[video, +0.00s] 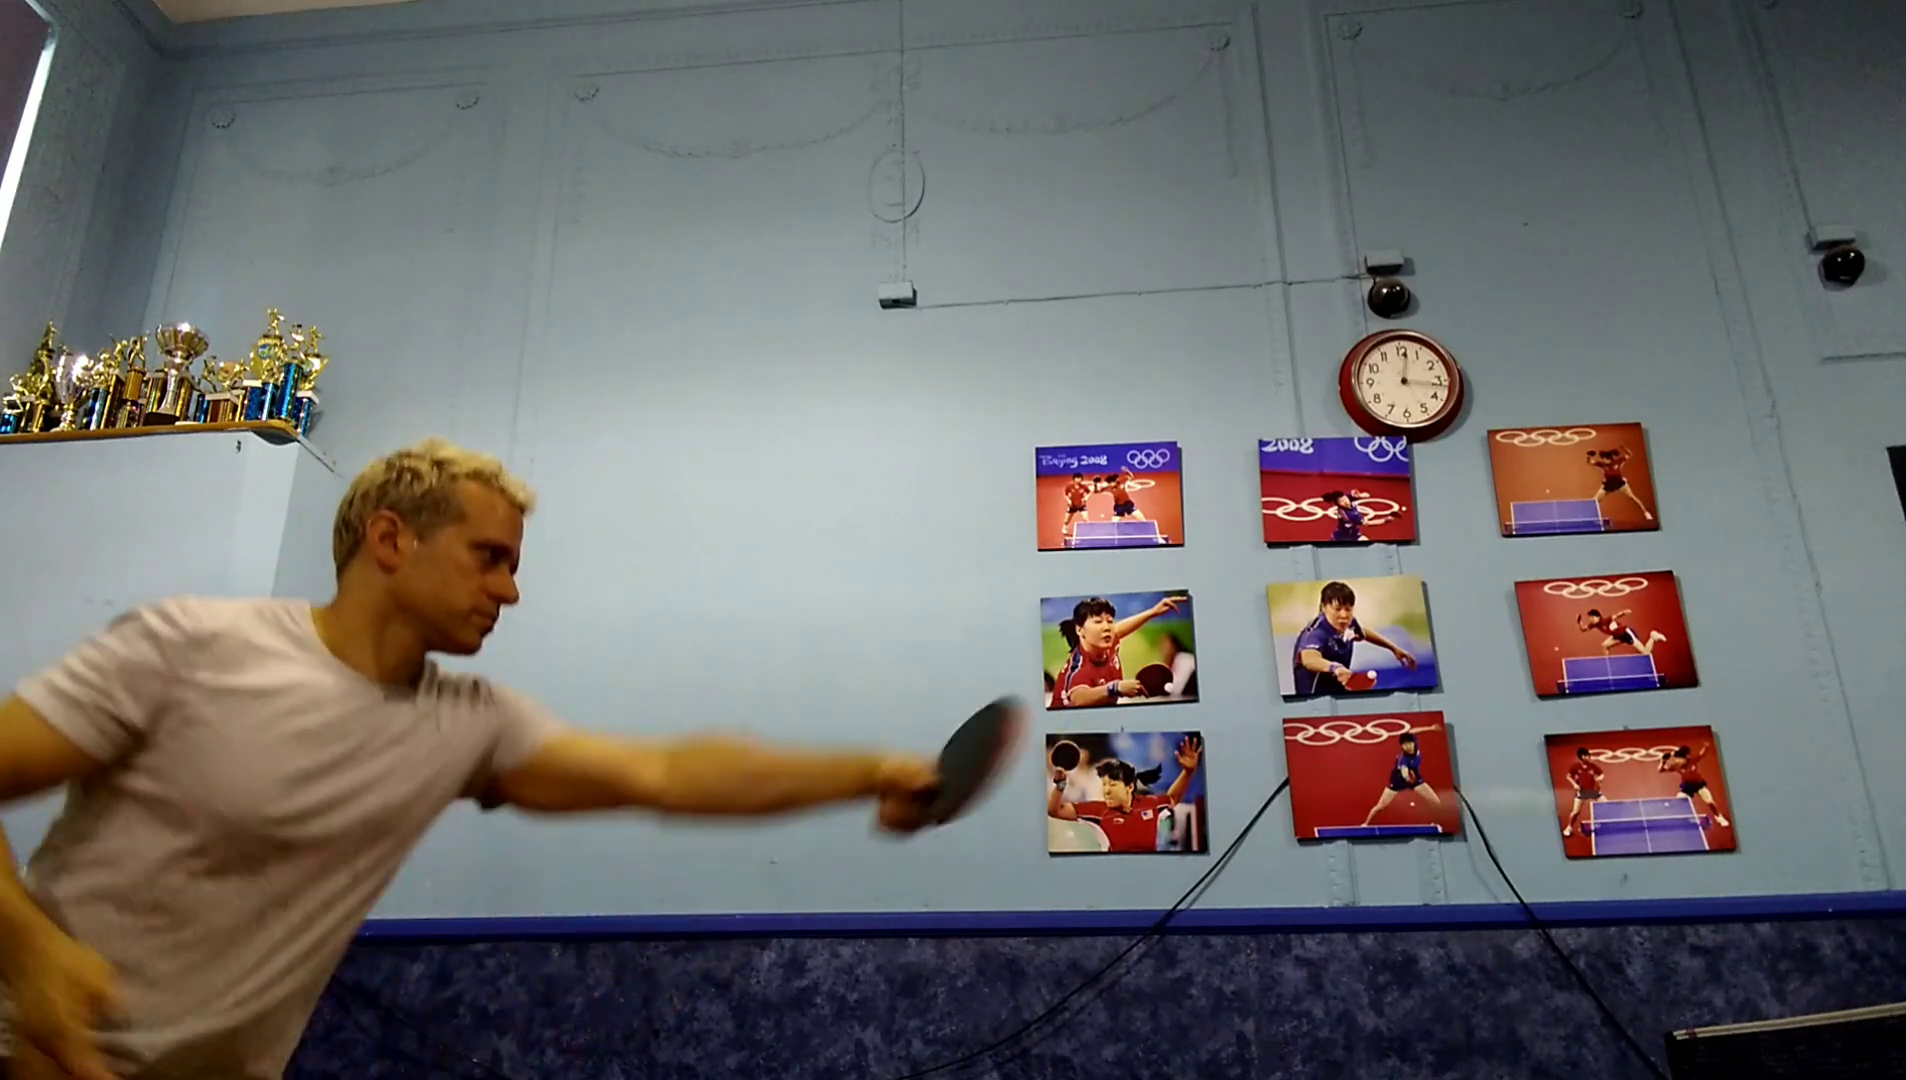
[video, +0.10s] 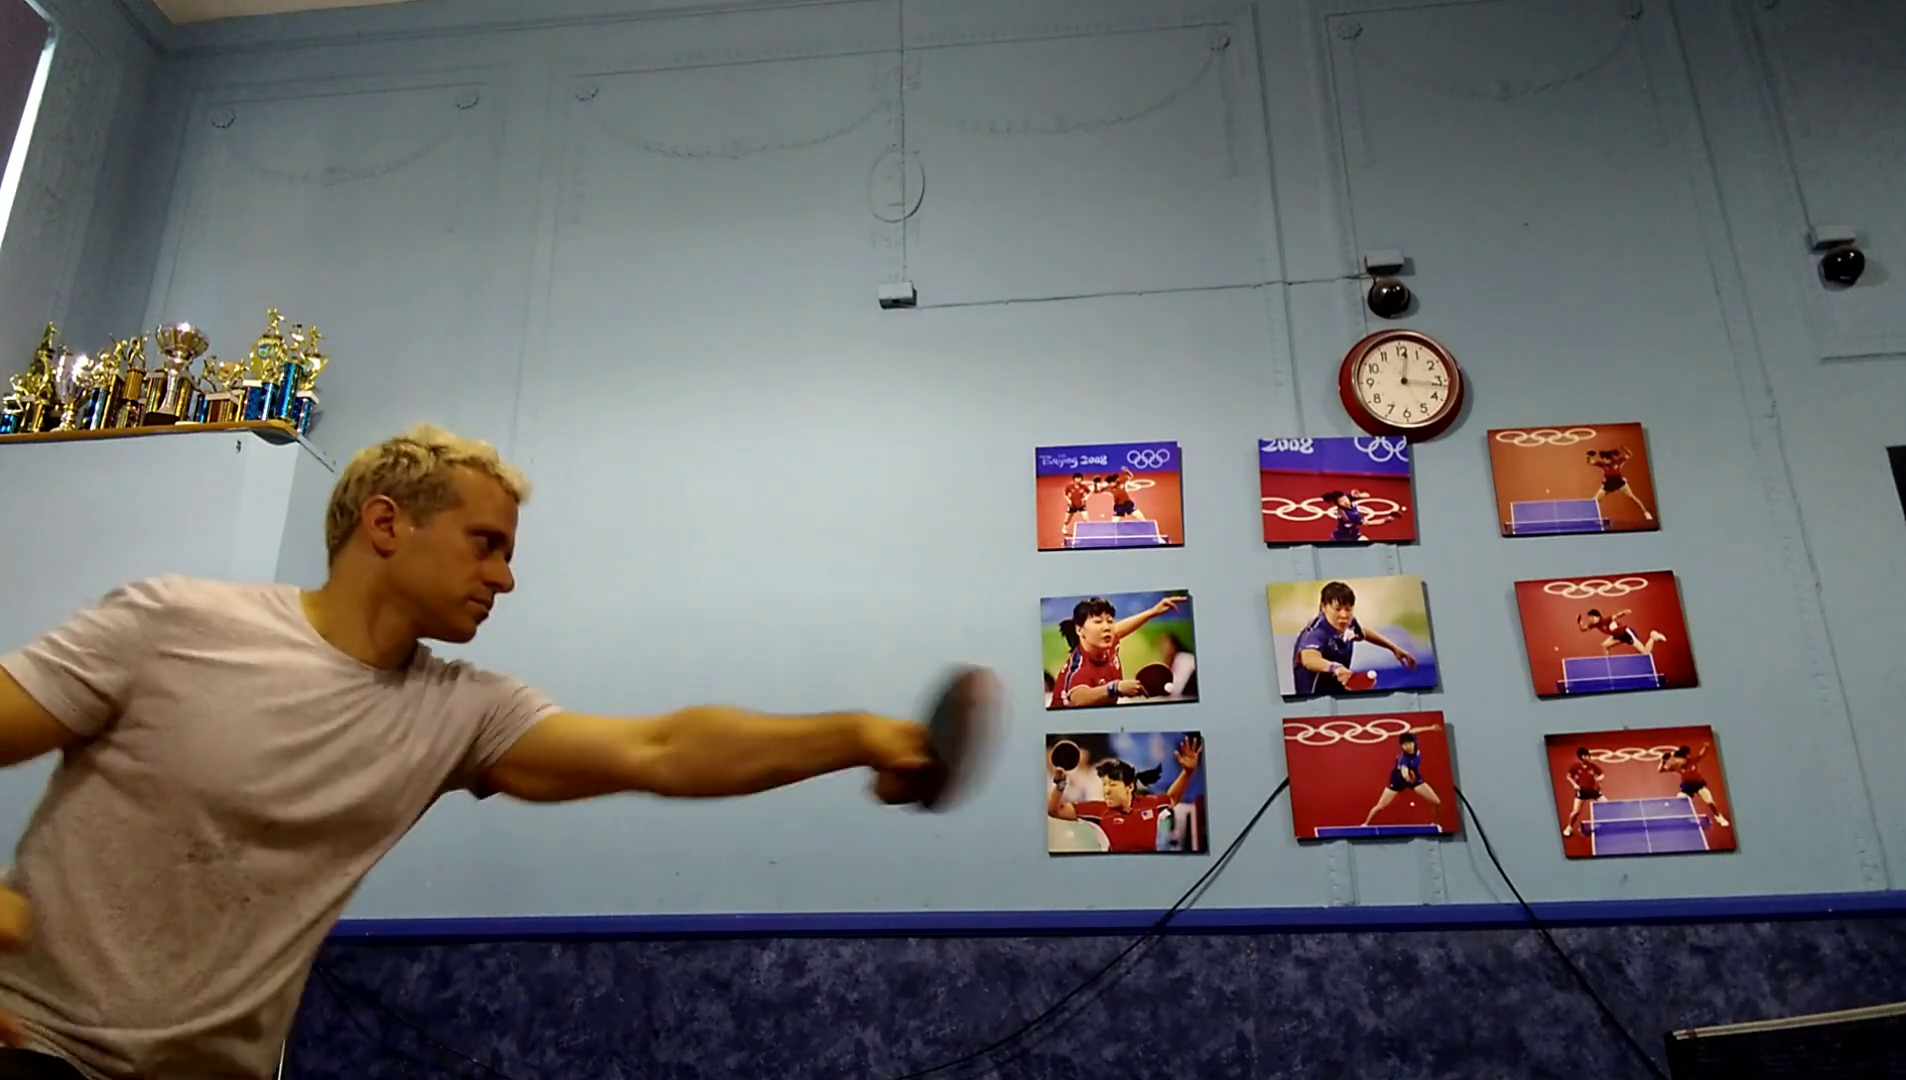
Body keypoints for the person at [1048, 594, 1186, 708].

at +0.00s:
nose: (1107, 628)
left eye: (1109, 622)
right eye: (1098, 622)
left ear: (1114, 626)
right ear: (1080, 630)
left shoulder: (1109, 645)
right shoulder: (1079, 667)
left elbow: (1118, 630)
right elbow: (1078, 698)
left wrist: (1154, 612)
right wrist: (1115, 687)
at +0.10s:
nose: (1106, 628)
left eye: (1109, 621)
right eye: (1098, 622)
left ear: (1114, 626)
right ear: (1080, 630)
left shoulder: (1109, 645)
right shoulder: (1079, 666)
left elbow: (1118, 631)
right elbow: (1078, 698)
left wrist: (1154, 612)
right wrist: (1115, 687)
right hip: (1069, 730)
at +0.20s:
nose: (1107, 628)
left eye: (1109, 622)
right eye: (1098, 622)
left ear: (1114, 626)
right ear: (1080, 630)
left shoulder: (1109, 645)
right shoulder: (1079, 667)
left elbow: (1118, 630)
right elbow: (1078, 698)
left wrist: (1154, 611)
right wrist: (1115, 687)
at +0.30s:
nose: (1107, 628)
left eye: (1109, 622)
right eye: (1098, 622)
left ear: (1114, 626)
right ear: (1080, 630)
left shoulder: (1109, 645)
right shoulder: (1079, 667)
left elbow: (1118, 630)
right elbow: (1078, 698)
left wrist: (1154, 611)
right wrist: (1115, 687)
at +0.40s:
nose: (1107, 628)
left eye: (1109, 622)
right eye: (1098, 622)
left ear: (1114, 626)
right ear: (1080, 630)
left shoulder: (1109, 645)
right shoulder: (1079, 667)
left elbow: (1118, 630)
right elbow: (1078, 698)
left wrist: (1154, 611)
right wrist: (1115, 687)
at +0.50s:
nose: (1107, 628)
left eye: (1110, 622)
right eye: (1098, 622)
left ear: (1114, 626)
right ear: (1080, 630)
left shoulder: (1109, 645)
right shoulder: (1079, 667)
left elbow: (1118, 630)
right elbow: (1078, 698)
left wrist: (1154, 612)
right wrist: (1115, 687)